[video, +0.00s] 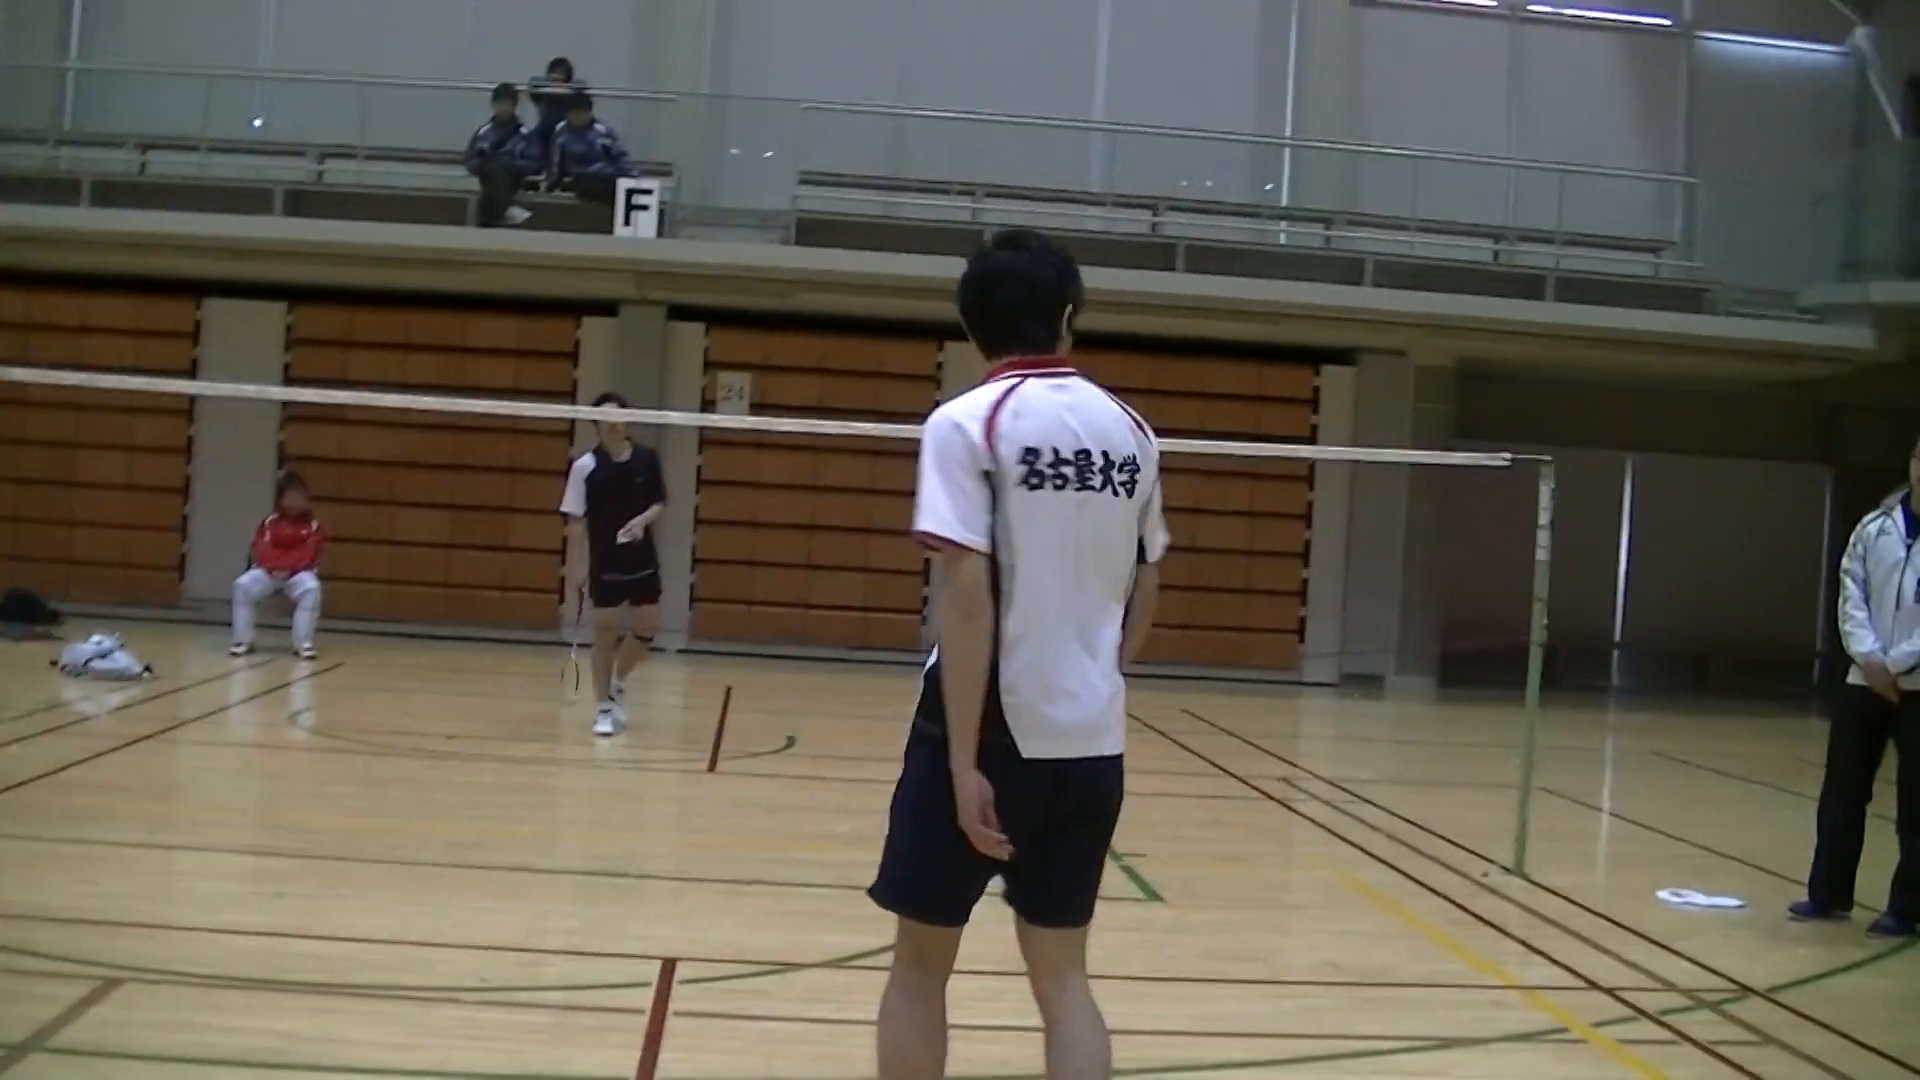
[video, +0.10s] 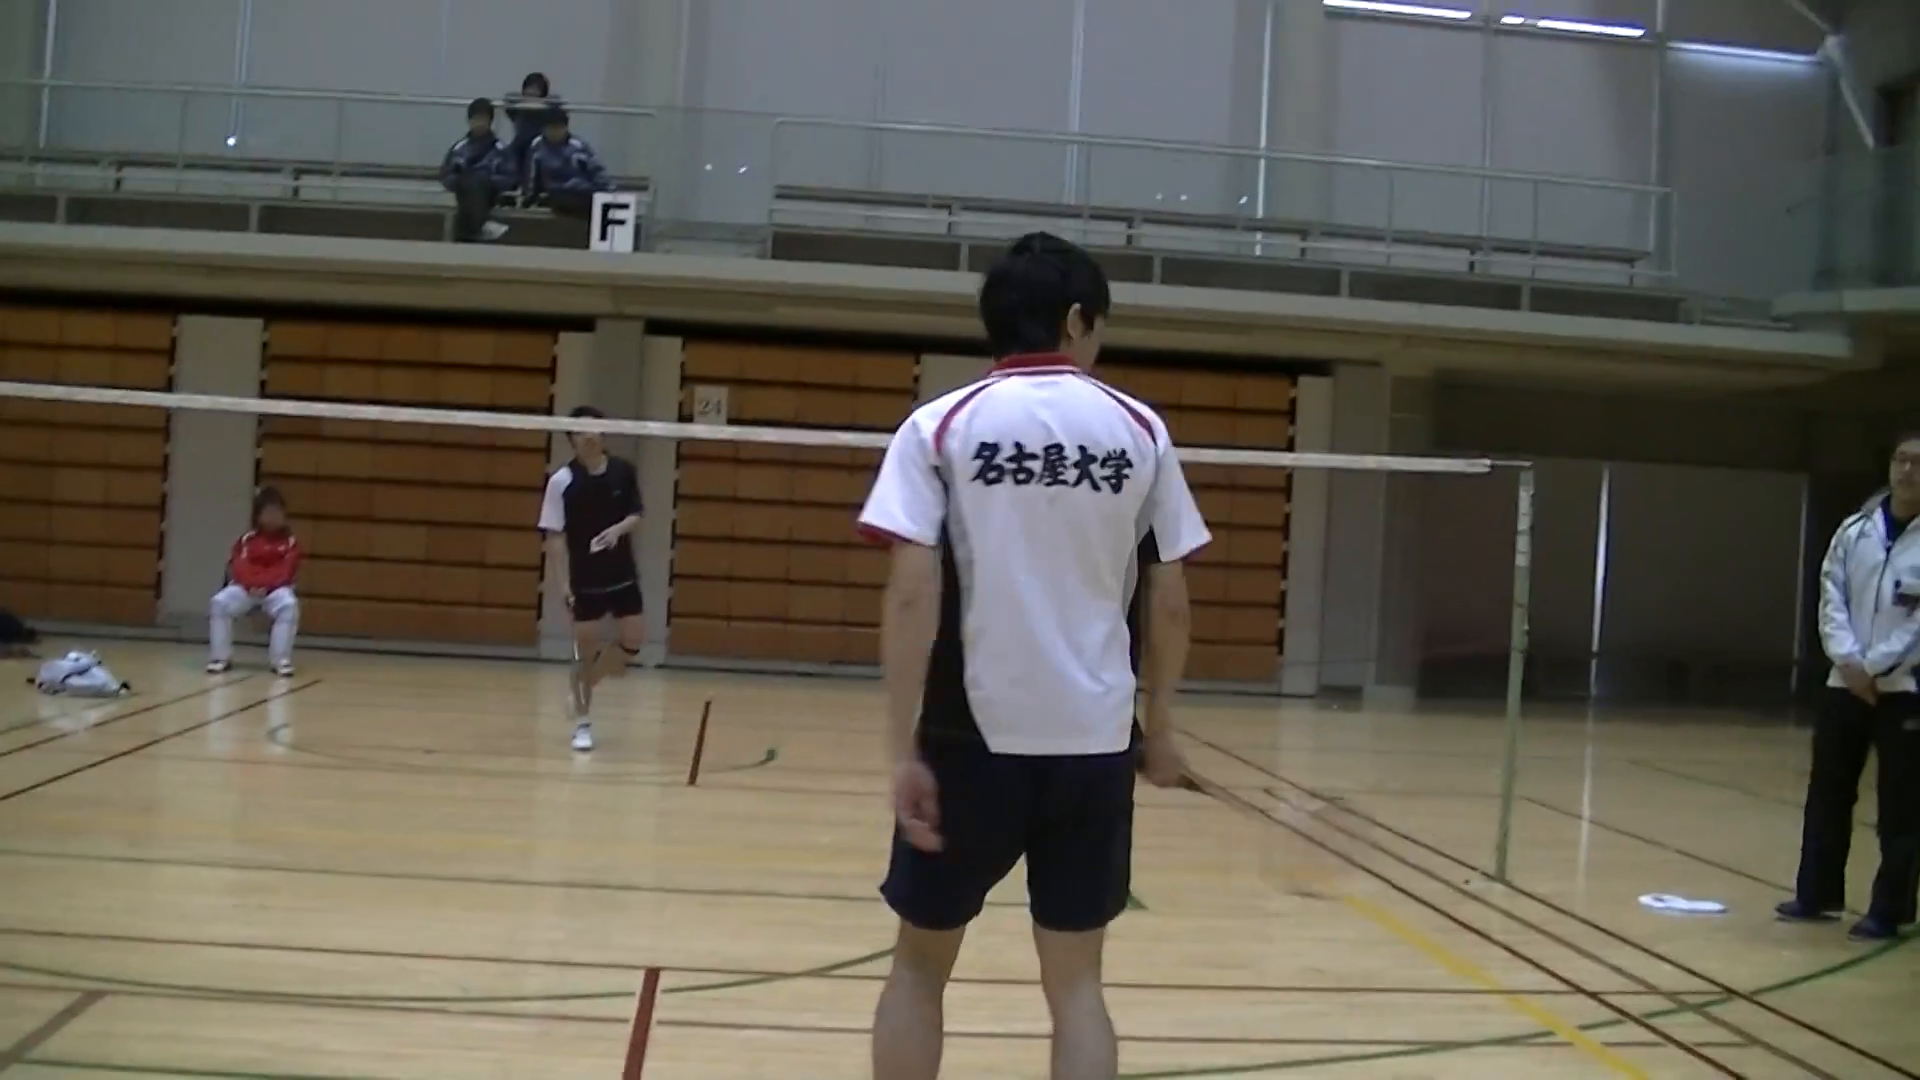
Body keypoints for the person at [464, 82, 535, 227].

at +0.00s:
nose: (503, 109)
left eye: (507, 104)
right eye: (499, 104)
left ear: (514, 105)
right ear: (493, 105)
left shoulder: (526, 134)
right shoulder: (483, 133)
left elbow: (534, 165)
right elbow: (470, 161)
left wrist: (507, 165)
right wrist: (490, 166)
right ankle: (507, 208)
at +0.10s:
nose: (479, 124)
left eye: (483, 120)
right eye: (475, 119)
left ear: (490, 121)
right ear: (469, 121)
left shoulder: (502, 149)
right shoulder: (458, 148)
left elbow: (511, 180)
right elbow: (446, 176)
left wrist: (485, 180)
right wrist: (465, 182)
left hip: (491, 196)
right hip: (463, 195)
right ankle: (482, 224)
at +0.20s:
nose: (458, 132)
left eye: (462, 127)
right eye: (454, 127)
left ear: (468, 128)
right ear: (448, 128)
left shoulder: (481, 157)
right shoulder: (437, 157)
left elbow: (490, 187)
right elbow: (425, 184)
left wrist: (465, 188)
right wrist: (441, 191)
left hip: (470, 202)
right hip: (442, 201)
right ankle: (460, 232)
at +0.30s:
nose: (431, 119)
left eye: (435, 114)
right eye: (427, 113)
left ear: (443, 115)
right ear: (421, 115)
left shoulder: (455, 143)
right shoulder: (411, 142)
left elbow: (464, 173)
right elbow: (399, 170)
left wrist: (439, 175)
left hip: (444, 191)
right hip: (416, 190)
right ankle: (435, 221)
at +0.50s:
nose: (395, 75)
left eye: (399, 70)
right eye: (391, 70)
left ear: (407, 72)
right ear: (385, 72)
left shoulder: (419, 100)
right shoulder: (376, 101)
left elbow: (429, 128)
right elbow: (366, 128)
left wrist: (407, 132)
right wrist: (381, 138)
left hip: (412, 147)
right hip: (384, 148)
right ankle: (403, 177)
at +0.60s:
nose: (396, 53)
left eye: (400, 48)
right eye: (392, 48)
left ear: (408, 49)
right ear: (387, 50)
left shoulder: (422, 77)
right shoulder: (378, 79)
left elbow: (433, 106)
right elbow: (368, 108)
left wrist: (408, 109)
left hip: (414, 122)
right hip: (386, 124)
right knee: (395, 111)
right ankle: (407, 153)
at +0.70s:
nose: (425, 46)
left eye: (429, 40)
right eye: (421, 41)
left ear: (436, 42)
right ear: (415, 43)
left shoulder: (450, 70)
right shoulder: (406, 72)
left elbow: (461, 100)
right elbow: (396, 102)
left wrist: (436, 102)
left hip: (442, 119)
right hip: (415, 120)